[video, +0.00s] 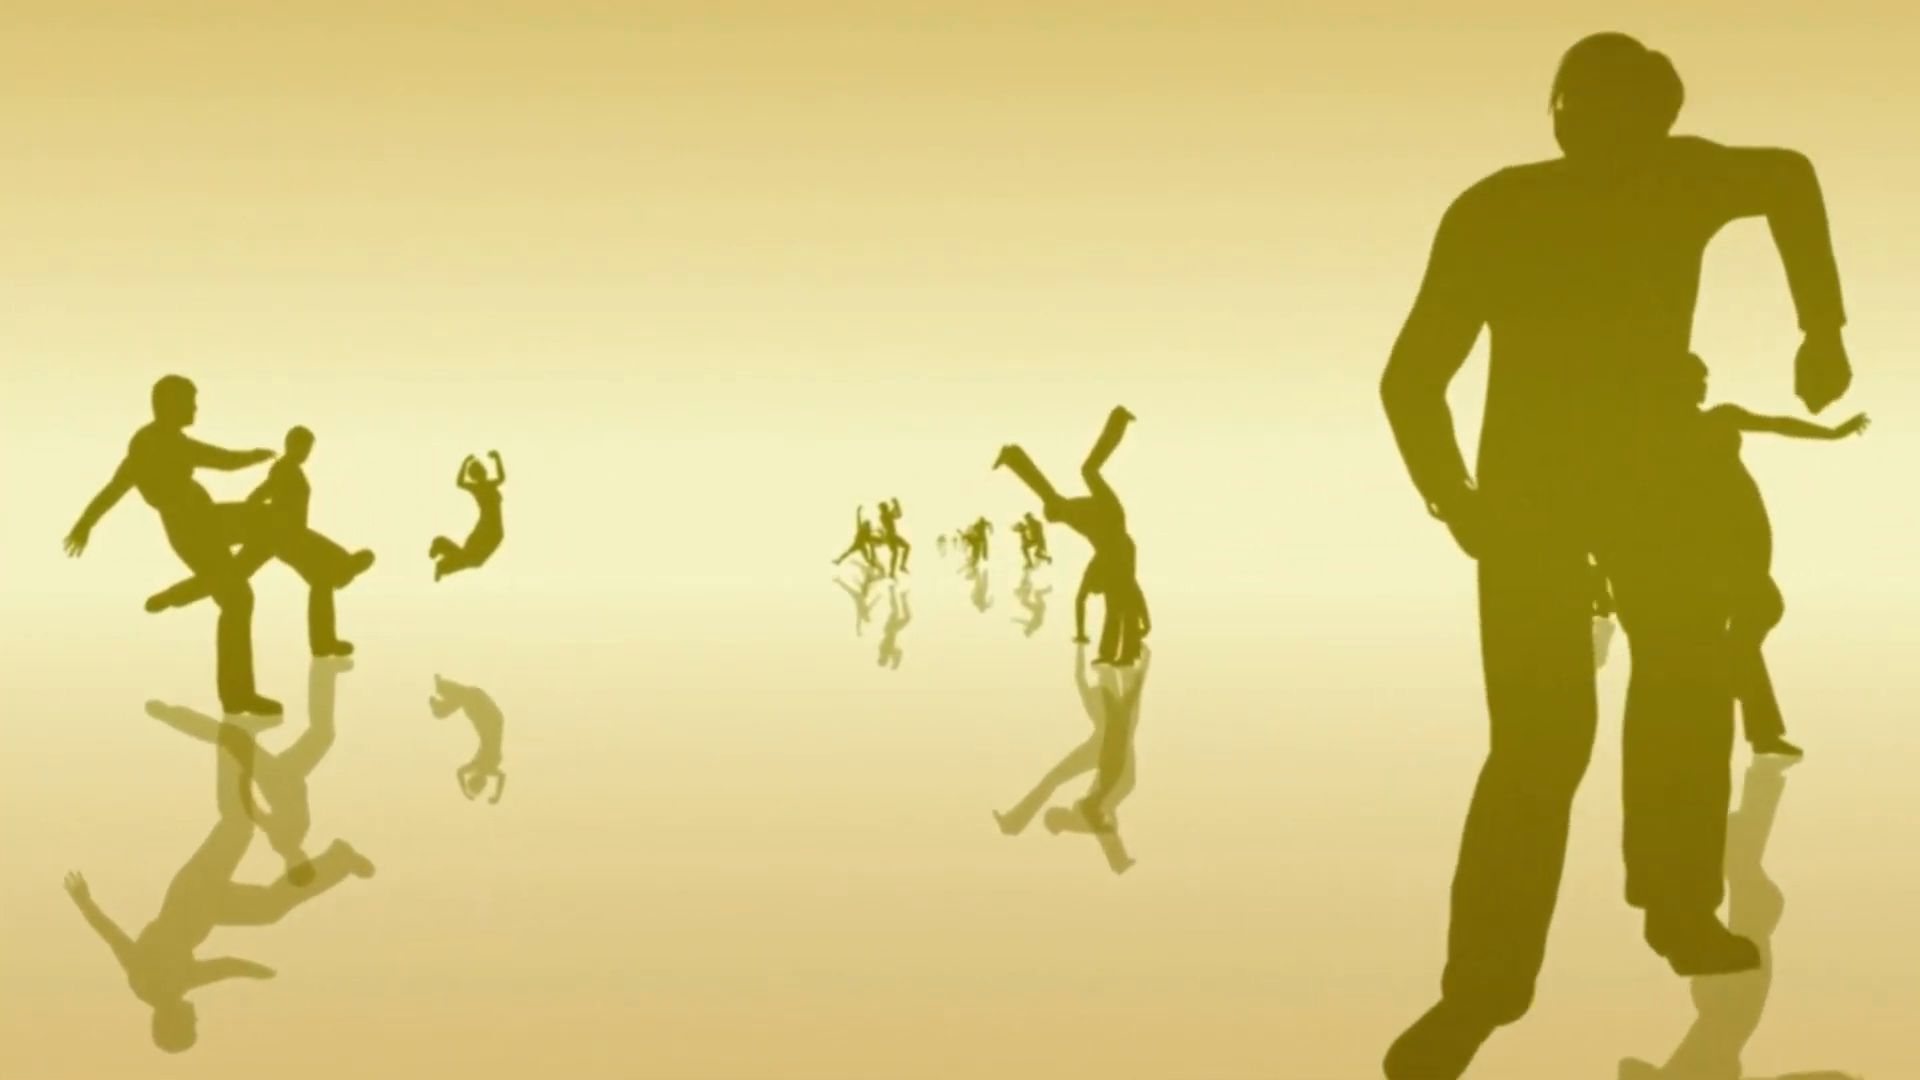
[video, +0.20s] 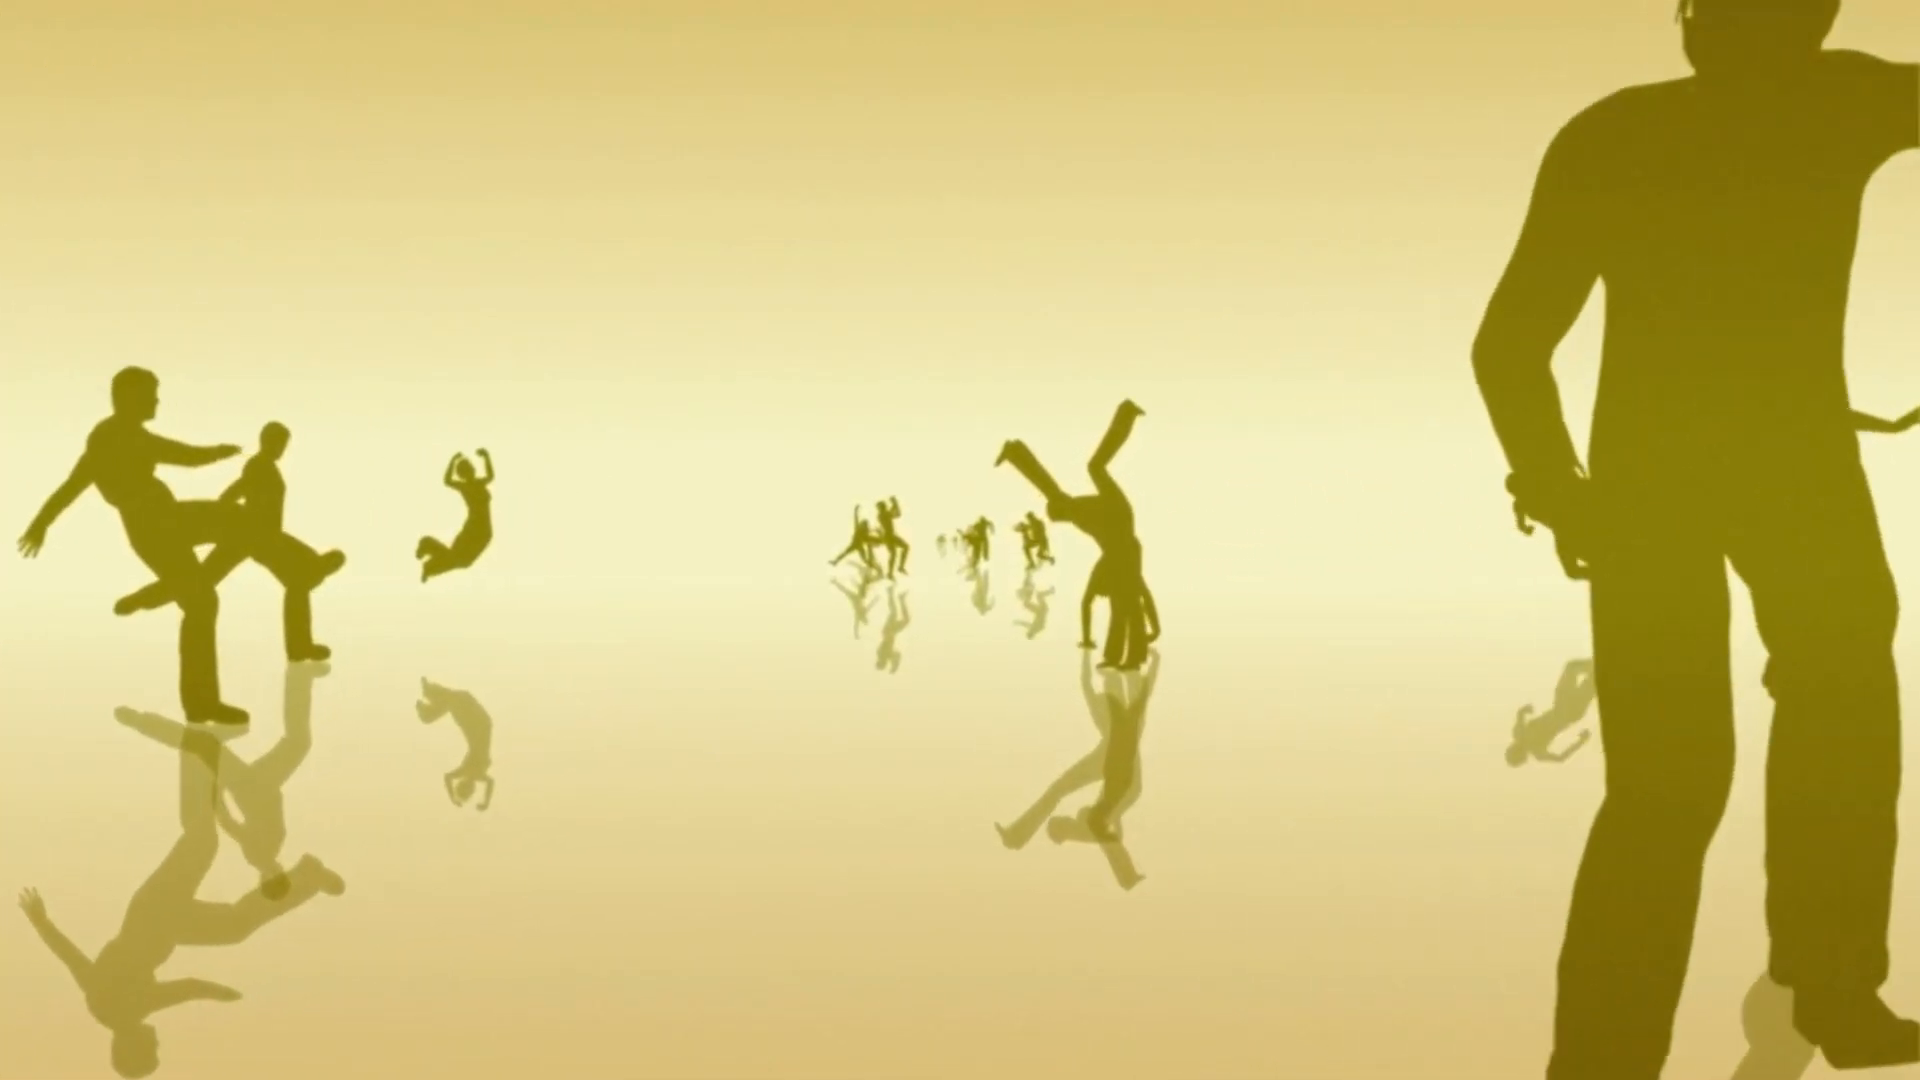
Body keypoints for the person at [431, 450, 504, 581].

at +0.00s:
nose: (480, 473)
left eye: (481, 469)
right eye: (476, 471)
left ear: (485, 470)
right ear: (472, 474)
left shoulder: (491, 485)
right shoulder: (475, 487)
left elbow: (501, 478)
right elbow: (460, 483)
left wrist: (497, 459)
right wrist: (465, 463)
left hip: (496, 529)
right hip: (484, 526)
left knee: (477, 561)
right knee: (468, 556)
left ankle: (444, 567)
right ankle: (442, 544)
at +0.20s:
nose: (468, 470)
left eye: (469, 466)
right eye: (464, 468)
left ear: (473, 468)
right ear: (460, 472)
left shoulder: (479, 483)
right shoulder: (464, 486)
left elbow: (490, 477)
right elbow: (448, 481)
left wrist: (486, 457)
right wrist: (453, 461)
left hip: (485, 528)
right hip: (472, 525)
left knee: (466, 561)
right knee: (456, 556)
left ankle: (431, 568)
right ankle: (429, 545)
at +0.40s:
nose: (456, 468)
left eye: (456, 464)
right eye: (452, 466)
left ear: (460, 465)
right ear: (448, 470)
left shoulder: (467, 481)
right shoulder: (451, 484)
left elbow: (478, 475)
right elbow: (435, 480)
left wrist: (474, 455)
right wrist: (439, 460)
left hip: (473, 529)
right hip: (460, 525)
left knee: (453, 562)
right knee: (444, 557)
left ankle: (417, 569)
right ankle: (415, 544)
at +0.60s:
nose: (443, 466)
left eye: (443, 462)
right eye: (439, 464)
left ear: (448, 463)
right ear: (435, 469)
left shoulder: (455, 481)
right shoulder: (438, 483)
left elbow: (466, 473)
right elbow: (421, 478)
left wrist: (462, 453)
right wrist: (426, 458)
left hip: (461, 528)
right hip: (447, 525)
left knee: (440, 563)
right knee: (431, 558)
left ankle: (403, 570)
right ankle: (401, 545)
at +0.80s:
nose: (429, 464)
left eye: (430, 460)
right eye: (425, 463)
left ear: (434, 461)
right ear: (421, 467)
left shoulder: (441, 479)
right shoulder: (425, 482)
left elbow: (453, 472)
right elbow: (407, 477)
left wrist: (449, 450)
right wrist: (412, 456)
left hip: (448, 528)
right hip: (434, 524)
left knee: (426, 564)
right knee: (417, 558)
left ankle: (389, 571)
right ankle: (386, 545)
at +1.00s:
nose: (416, 464)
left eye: (416, 459)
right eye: (411, 462)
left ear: (421, 460)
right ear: (407, 466)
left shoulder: (428, 477)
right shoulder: (410, 480)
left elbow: (439, 470)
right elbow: (392, 475)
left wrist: (435, 448)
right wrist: (398, 453)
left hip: (434, 528)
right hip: (420, 524)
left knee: (412, 564)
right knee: (402, 559)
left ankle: (374, 571)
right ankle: (371, 545)